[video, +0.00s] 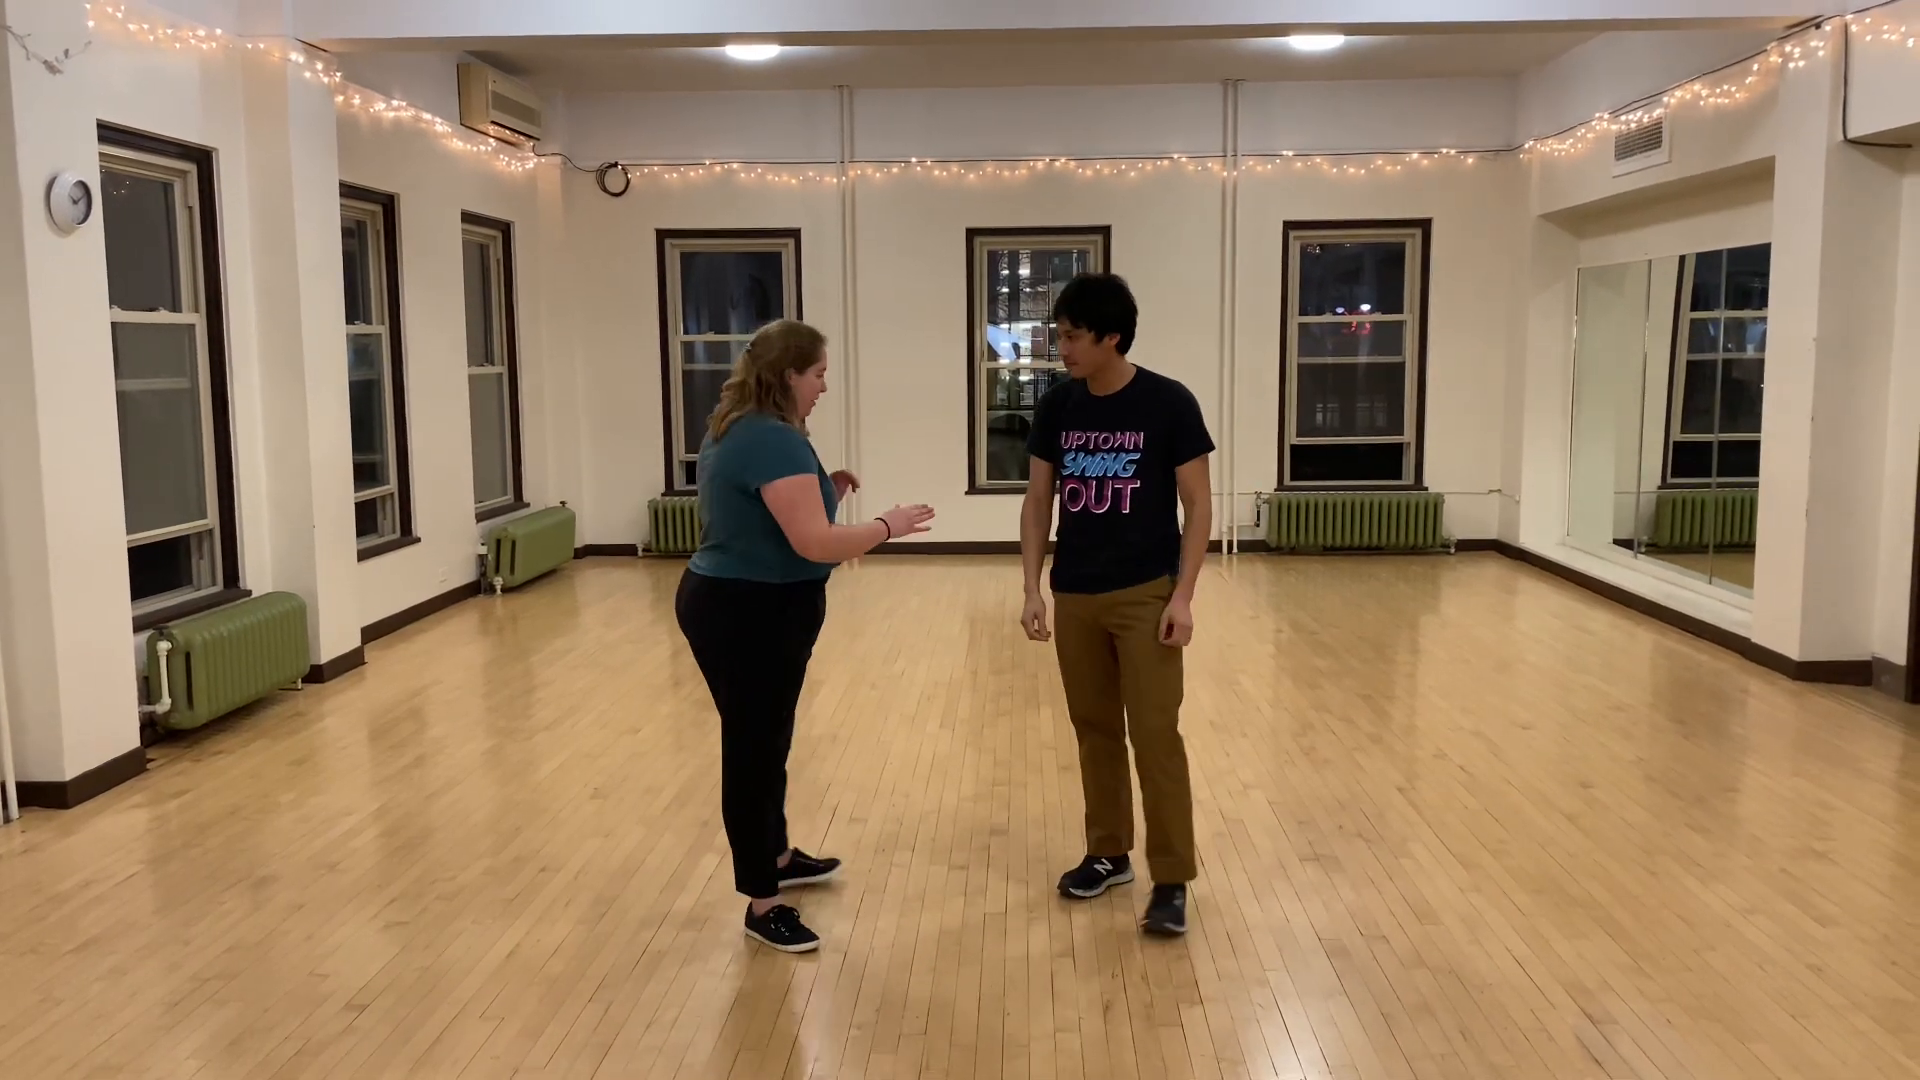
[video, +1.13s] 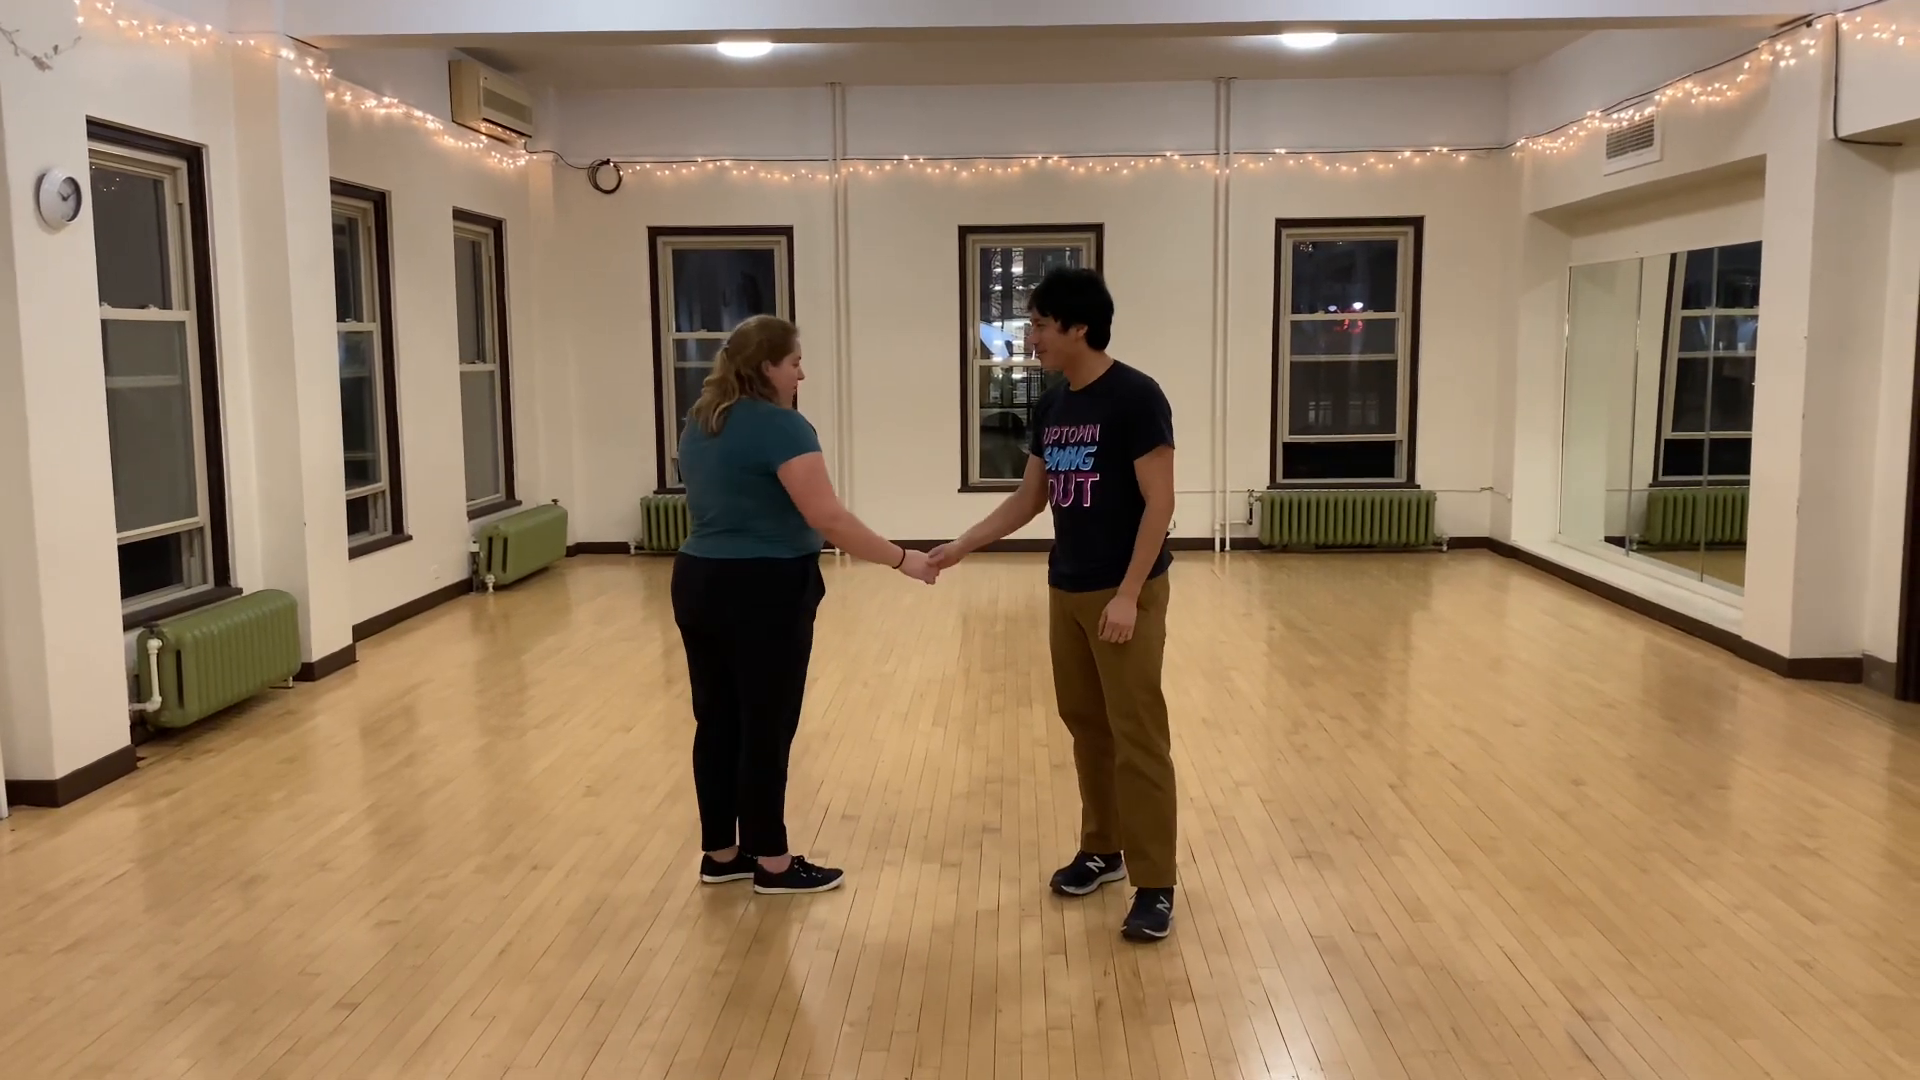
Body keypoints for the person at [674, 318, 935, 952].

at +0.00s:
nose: (824, 386)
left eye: (824, 375)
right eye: (817, 374)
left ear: (778, 374)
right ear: (786, 376)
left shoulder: (744, 430)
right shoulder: (771, 440)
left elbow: (764, 519)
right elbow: (816, 543)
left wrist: (826, 492)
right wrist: (886, 526)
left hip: (750, 604)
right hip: (748, 613)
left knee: (768, 740)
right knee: (752, 750)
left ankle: (776, 855)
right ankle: (760, 903)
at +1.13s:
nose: (801, 374)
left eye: (799, 363)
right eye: (795, 364)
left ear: (739, 368)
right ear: (766, 368)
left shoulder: (699, 425)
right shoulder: (781, 427)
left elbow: (713, 506)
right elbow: (829, 517)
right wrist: (903, 559)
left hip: (702, 584)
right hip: (770, 589)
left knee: (716, 719)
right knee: (769, 724)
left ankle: (722, 851)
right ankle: (772, 860)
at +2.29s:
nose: (790, 368)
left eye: (787, 357)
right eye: (782, 359)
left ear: (729, 368)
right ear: (752, 367)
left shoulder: (685, 427)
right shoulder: (780, 428)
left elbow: (669, 503)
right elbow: (857, 494)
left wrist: (731, 490)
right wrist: (919, 488)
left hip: (694, 587)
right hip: (769, 587)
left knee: (728, 717)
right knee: (767, 723)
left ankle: (713, 844)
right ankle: (762, 862)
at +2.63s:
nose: (756, 370)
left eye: (755, 359)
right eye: (746, 361)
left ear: (707, 373)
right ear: (712, 370)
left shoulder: (676, 423)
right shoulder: (719, 431)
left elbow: (690, 492)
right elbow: (783, 518)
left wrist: (748, 453)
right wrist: (862, 542)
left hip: (669, 584)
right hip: (715, 589)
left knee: (696, 711)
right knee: (755, 718)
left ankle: (676, 834)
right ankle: (764, 860)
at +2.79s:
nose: (727, 371)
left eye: (728, 361)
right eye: (715, 361)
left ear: (721, 369)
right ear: (679, 368)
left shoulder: (705, 427)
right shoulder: (656, 431)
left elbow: (729, 492)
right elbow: (704, 512)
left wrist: (771, 468)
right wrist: (800, 528)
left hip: (701, 585)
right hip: (657, 587)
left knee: (689, 703)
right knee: (721, 697)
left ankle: (678, 833)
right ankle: (703, 840)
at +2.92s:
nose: (702, 372)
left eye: (703, 362)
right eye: (690, 363)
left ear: (701, 370)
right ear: (654, 369)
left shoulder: (717, 431)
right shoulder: (618, 433)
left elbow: (753, 512)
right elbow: (652, 509)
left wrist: (762, 480)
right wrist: (743, 525)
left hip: (703, 585)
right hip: (631, 586)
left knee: (705, 712)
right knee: (663, 713)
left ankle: (683, 834)